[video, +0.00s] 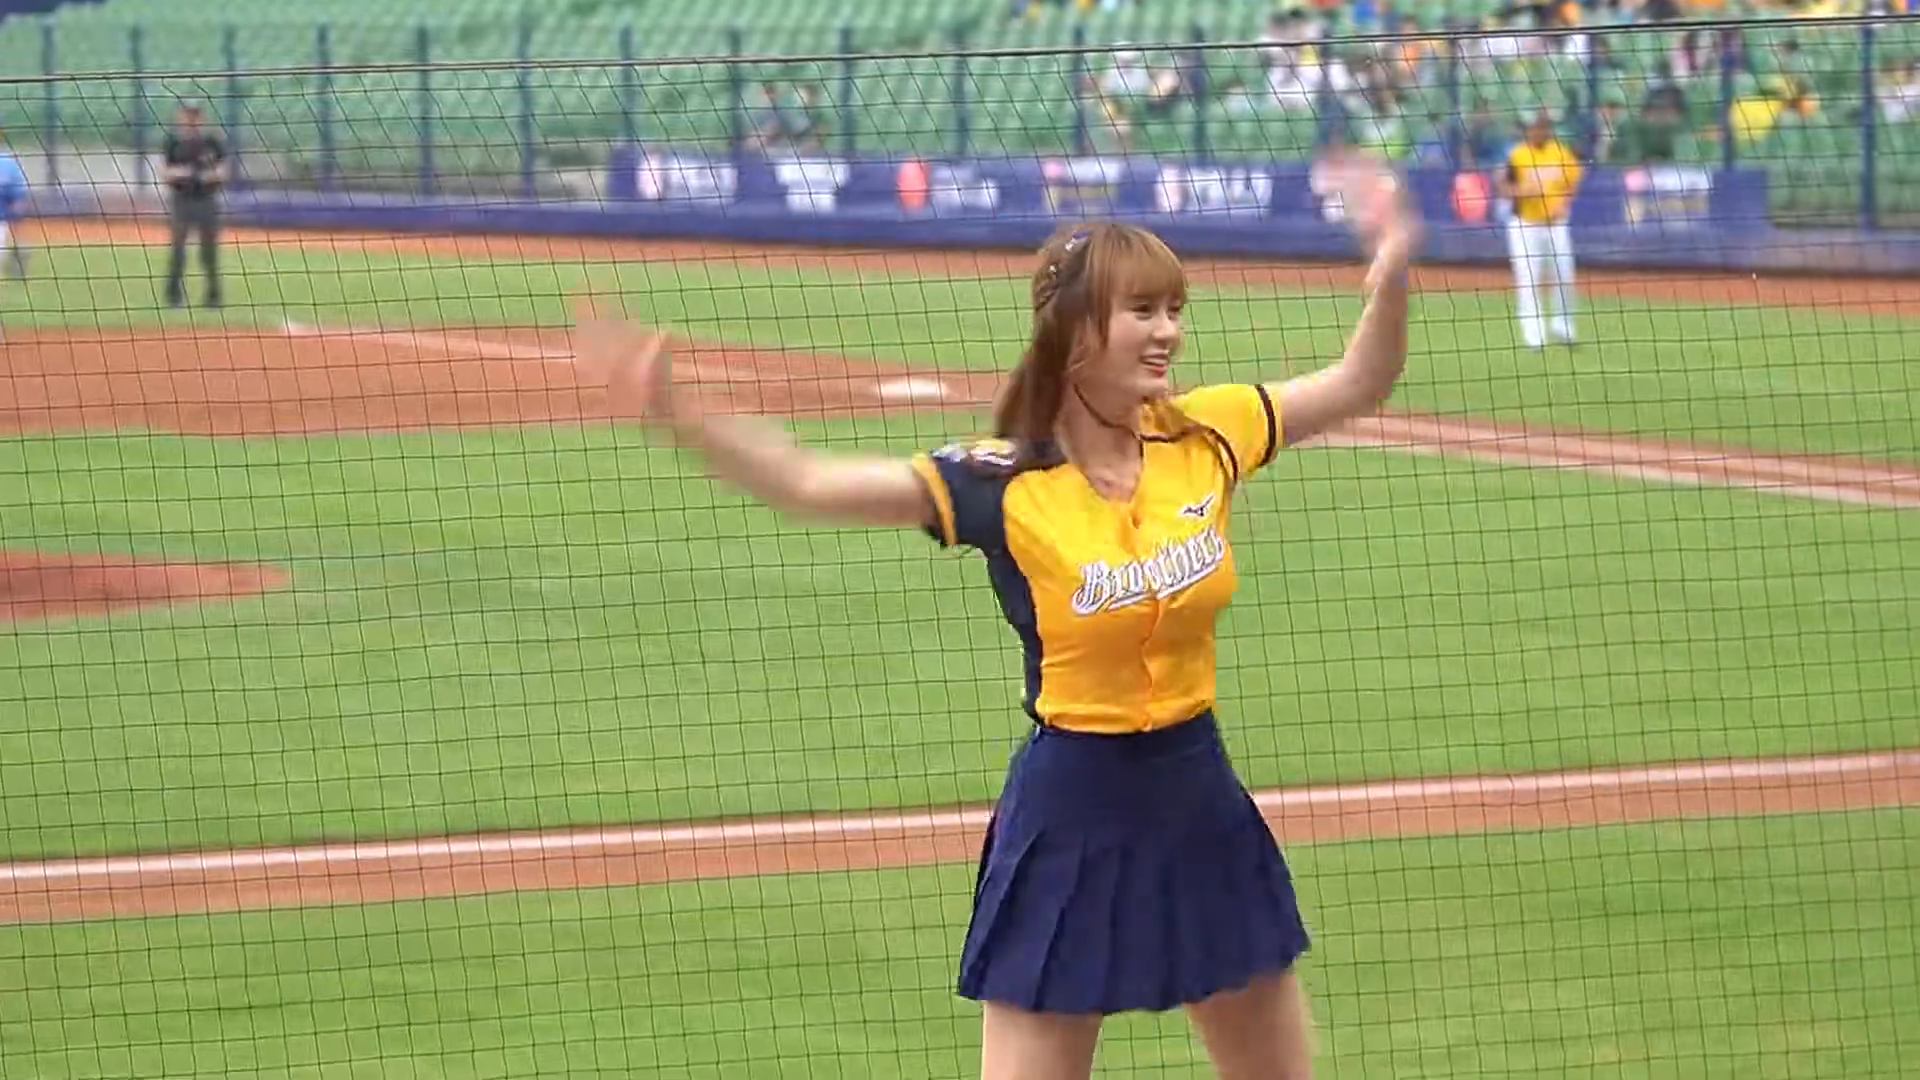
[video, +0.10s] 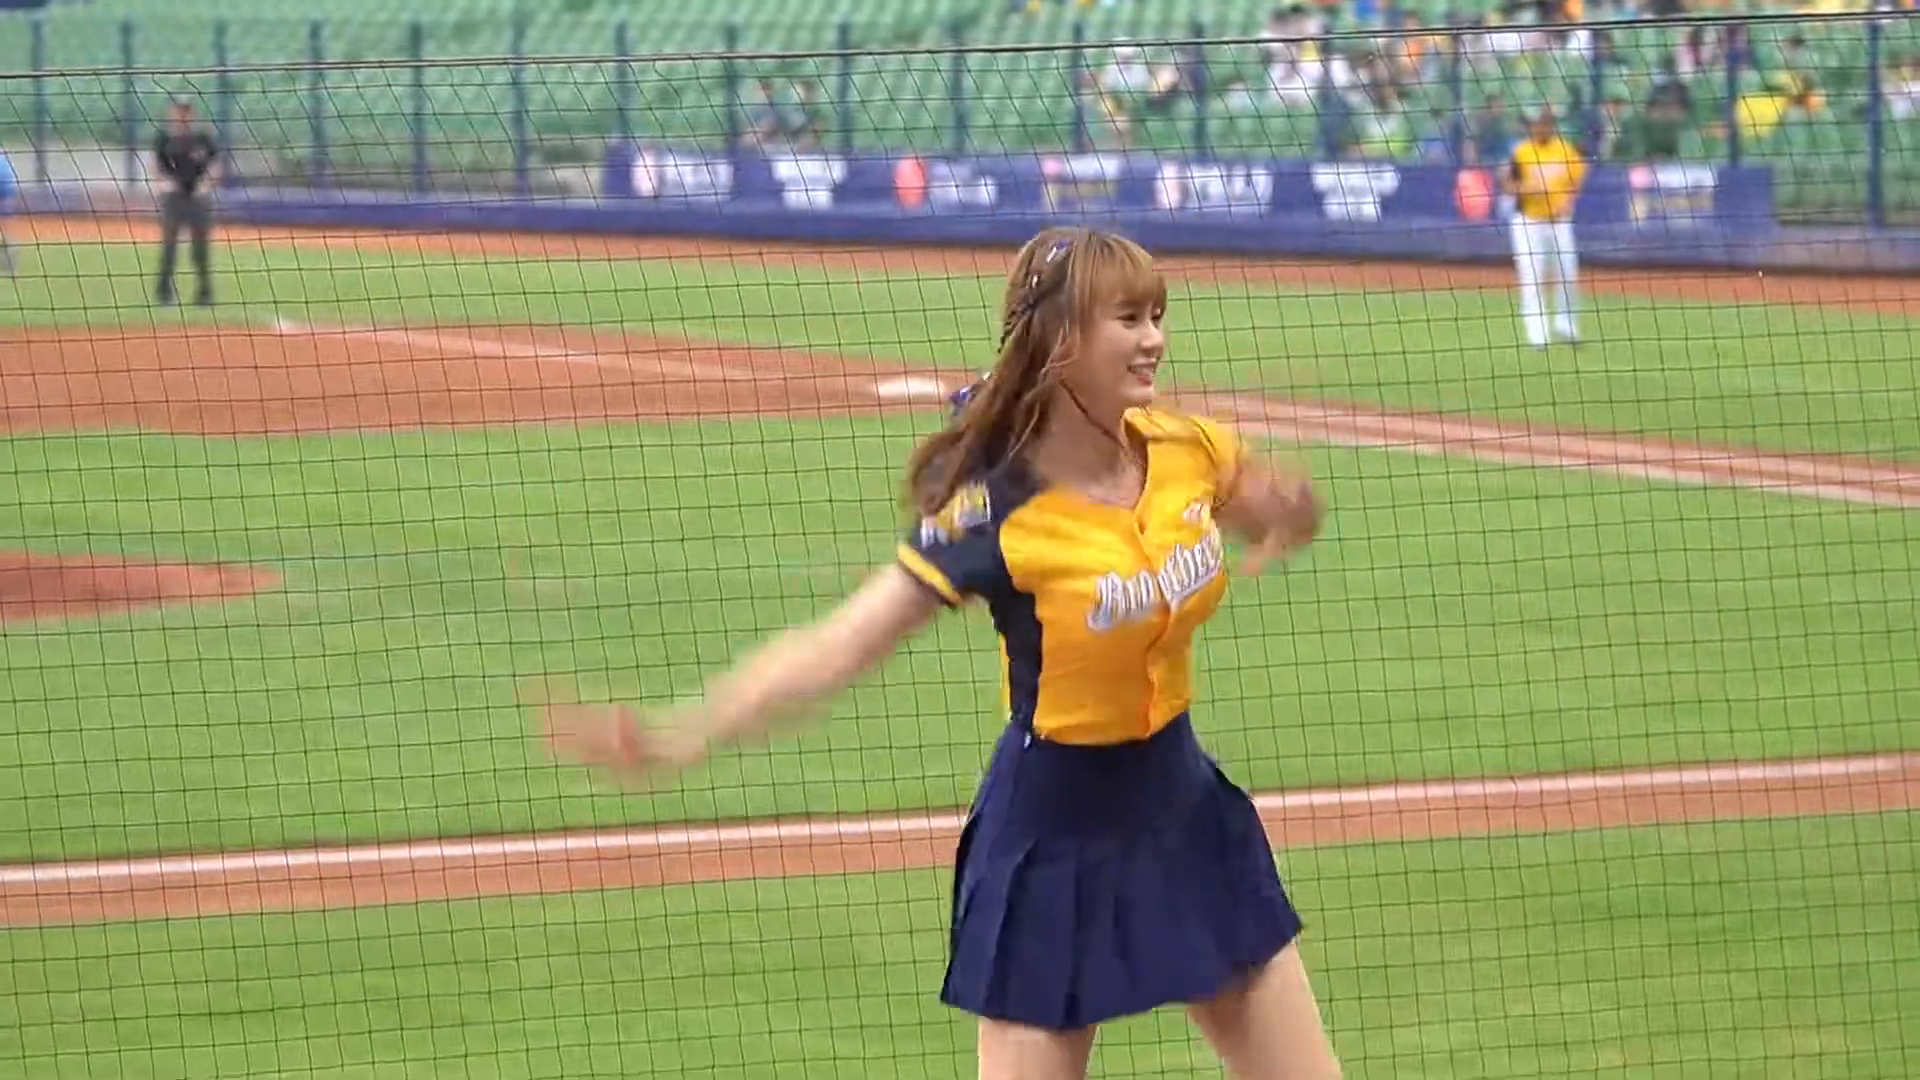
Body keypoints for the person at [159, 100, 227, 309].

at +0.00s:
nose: (191, 127)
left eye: (195, 122)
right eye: (187, 123)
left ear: (201, 122)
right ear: (179, 123)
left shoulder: (211, 144)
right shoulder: (173, 144)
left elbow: (224, 171)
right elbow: (165, 173)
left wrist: (206, 176)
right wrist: (186, 172)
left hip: (207, 202)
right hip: (182, 202)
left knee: (209, 252)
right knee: (177, 250)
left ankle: (213, 293)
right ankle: (174, 293)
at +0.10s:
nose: (182, 123)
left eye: (186, 118)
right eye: (178, 118)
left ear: (192, 118)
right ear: (170, 118)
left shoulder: (202, 140)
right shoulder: (163, 142)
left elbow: (216, 167)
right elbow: (156, 170)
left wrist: (206, 184)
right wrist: (166, 184)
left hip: (198, 196)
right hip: (173, 196)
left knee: (201, 249)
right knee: (169, 246)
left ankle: (204, 291)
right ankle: (165, 290)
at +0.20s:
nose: (172, 121)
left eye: (176, 116)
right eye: (167, 116)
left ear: (182, 117)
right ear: (160, 116)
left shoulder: (191, 136)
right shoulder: (152, 138)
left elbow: (205, 163)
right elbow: (144, 166)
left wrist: (199, 187)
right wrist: (153, 189)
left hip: (188, 194)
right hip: (162, 193)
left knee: (190, 246)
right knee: (157, 244)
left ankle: (194, 287)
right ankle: (153, 287)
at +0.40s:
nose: (137, 112)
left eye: (141, 107)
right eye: (133, 107)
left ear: (146, 108)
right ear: (127, 108)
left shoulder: (156, 131)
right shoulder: (117, 132)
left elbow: (172, 155)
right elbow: (110, 162)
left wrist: (167, 179)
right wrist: (113, 185)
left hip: (152, 189)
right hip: (126, 190)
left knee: (154, 243)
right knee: (123, 242)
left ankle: (161, 286)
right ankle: (118, 286)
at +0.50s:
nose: (123, 113)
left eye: (127, 108)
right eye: (119, 108)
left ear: (133, 108)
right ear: (112, 107)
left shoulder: (142, 127)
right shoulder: (103, 128)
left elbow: (160, 150)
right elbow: (90, 154)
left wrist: (155, 176)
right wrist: (98, 181)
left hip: (138, 188)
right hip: (112, 188)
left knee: (140, 240)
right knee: (110, 240)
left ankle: (148, 284)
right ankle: (106, 285)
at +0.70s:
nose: (99, 106)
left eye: (102, 101)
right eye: (95, 101)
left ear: (108, 101)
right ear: (88, 101)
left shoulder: (116, 119)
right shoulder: (78, 119)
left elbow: (137, 140)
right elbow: (63, 142)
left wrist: (135, 163)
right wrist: (71, 165)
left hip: (113, 179)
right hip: (88, 179)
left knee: (118, 231)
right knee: (87, 231)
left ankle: (125, 277)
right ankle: (83, 277)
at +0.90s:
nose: (74, 99)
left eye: (78, 94)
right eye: (71, 94)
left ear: (84, 95)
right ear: (64, 94)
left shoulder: (93, 113)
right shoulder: (56, 114)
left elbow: (112, 133)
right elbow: (39, 136)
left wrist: (113, 155)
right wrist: (48, 159)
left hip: (89, 174)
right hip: (65, 174)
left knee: (93, 225)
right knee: (63, 225)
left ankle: (100, 272)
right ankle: (60, 273)